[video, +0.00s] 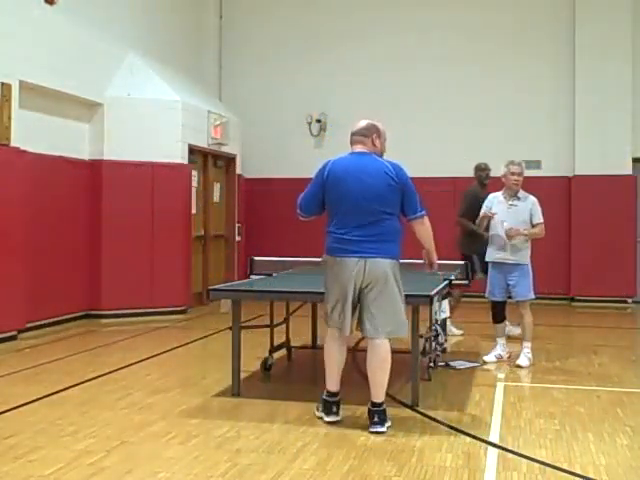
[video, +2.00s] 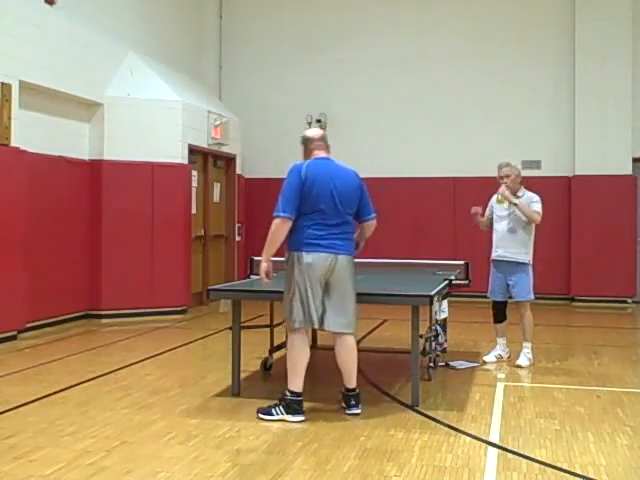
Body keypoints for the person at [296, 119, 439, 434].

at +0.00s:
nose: (385, 147)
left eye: (384, 142)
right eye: (384, 142)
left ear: (352, 141)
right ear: (376, 141)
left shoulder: (331, 168)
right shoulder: (393, 171)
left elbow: (305, 210)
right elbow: (417, 217)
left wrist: (332, 195)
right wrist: (431, 253)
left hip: (341, 264)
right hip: (382, 266)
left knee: (337, 331)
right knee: (378, 336)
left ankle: (331, 403)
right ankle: (378, 413)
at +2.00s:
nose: (302, 152)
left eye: (302, 148)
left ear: (304, 150)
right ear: (329, 148)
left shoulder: (300, 171)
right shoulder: (351, 175)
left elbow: (284, 218)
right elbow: (369, 222)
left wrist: (265, 257)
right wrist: (352, 245)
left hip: (307, 259)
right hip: (343, 260)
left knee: (299, 328)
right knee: (344, 330)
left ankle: (293, 402)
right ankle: (352, 398)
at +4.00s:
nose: (136, 167)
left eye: (134, 162)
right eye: (134, 163)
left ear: (140, 153)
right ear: (157, 147)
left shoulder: (154, 166)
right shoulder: (188, 170)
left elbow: (147, 199)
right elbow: (199, 212)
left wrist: (139, 231)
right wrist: (191, 237)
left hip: (165, 248)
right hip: (190, 247)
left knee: (166, 323)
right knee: (175, 320)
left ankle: (163, 392)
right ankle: (189, 373)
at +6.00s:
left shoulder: (5, 162)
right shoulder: (6, 163)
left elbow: (40, 192)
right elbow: (39, 194)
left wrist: (8, 230)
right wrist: (9, 231)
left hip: (10, 252)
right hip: (7, 251)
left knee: (9, 329)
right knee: (8, 329)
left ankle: (15, 399)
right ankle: (14, 398)